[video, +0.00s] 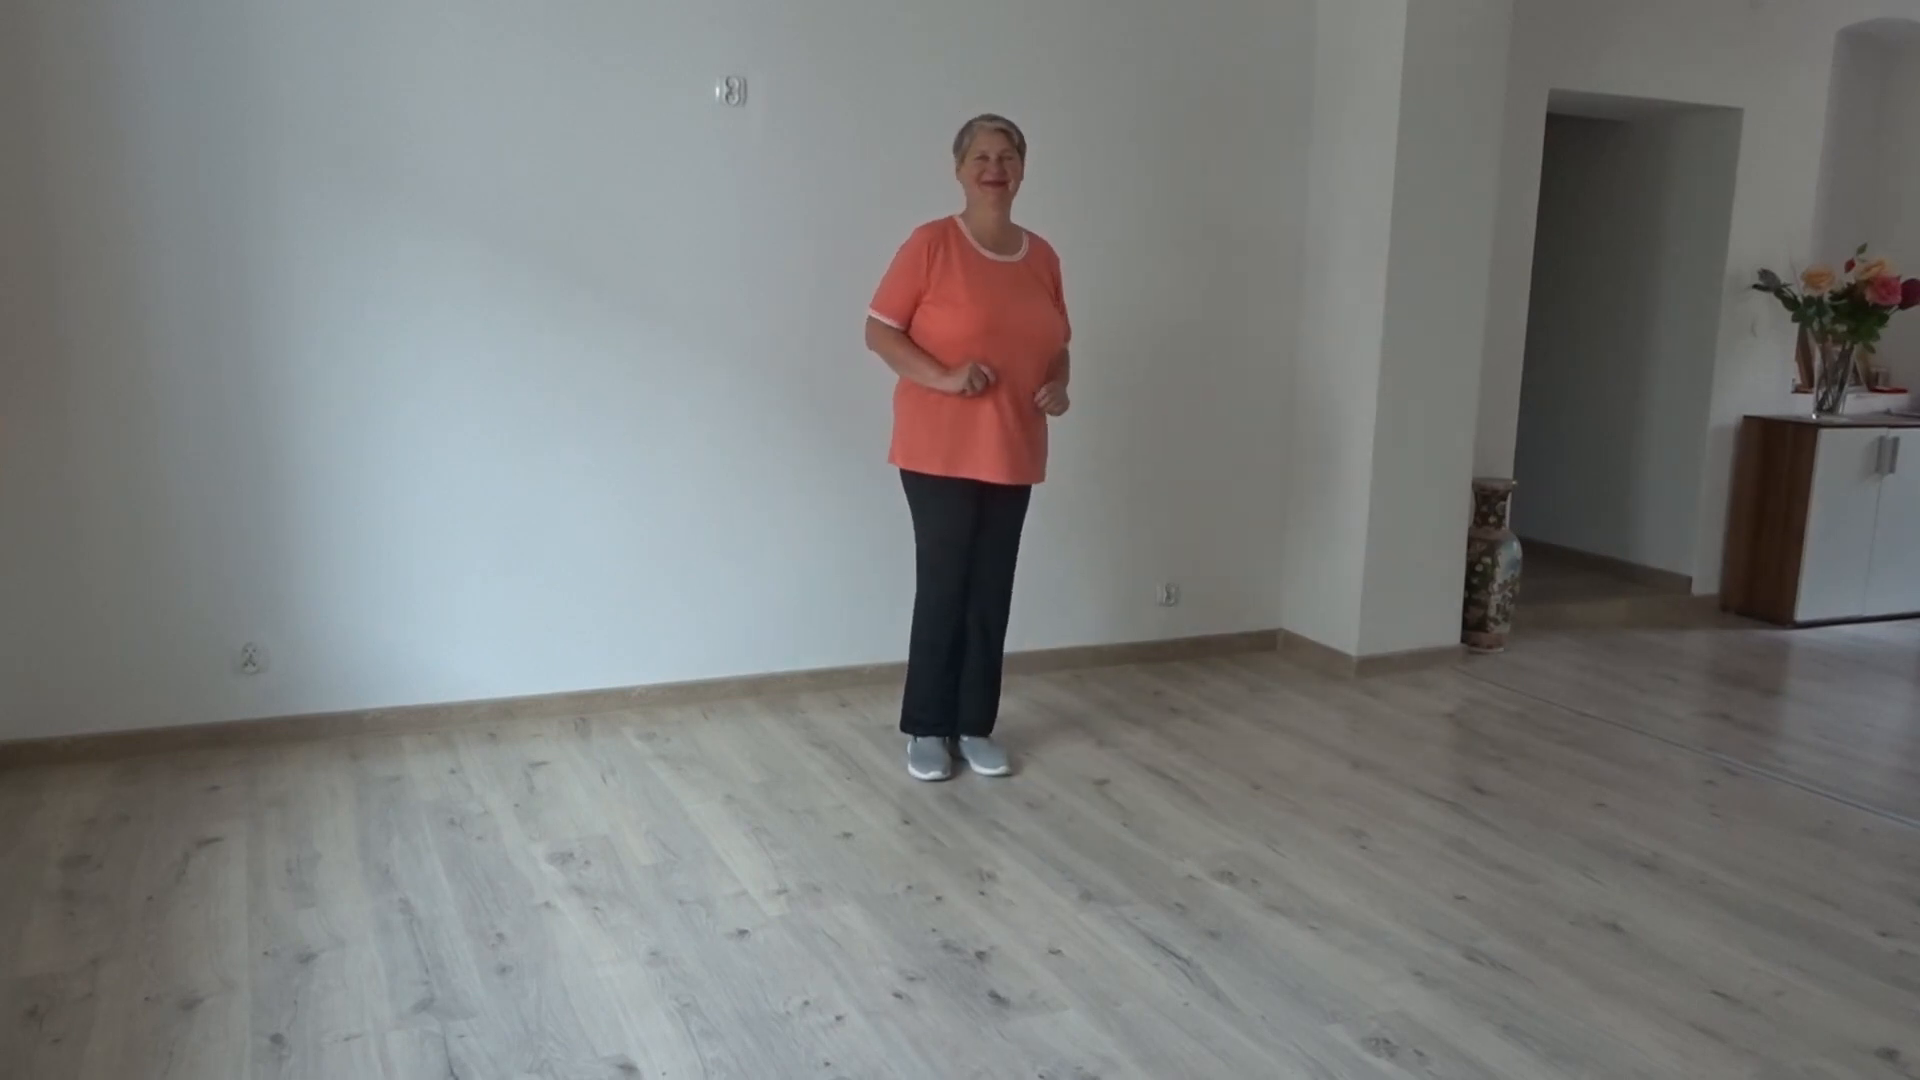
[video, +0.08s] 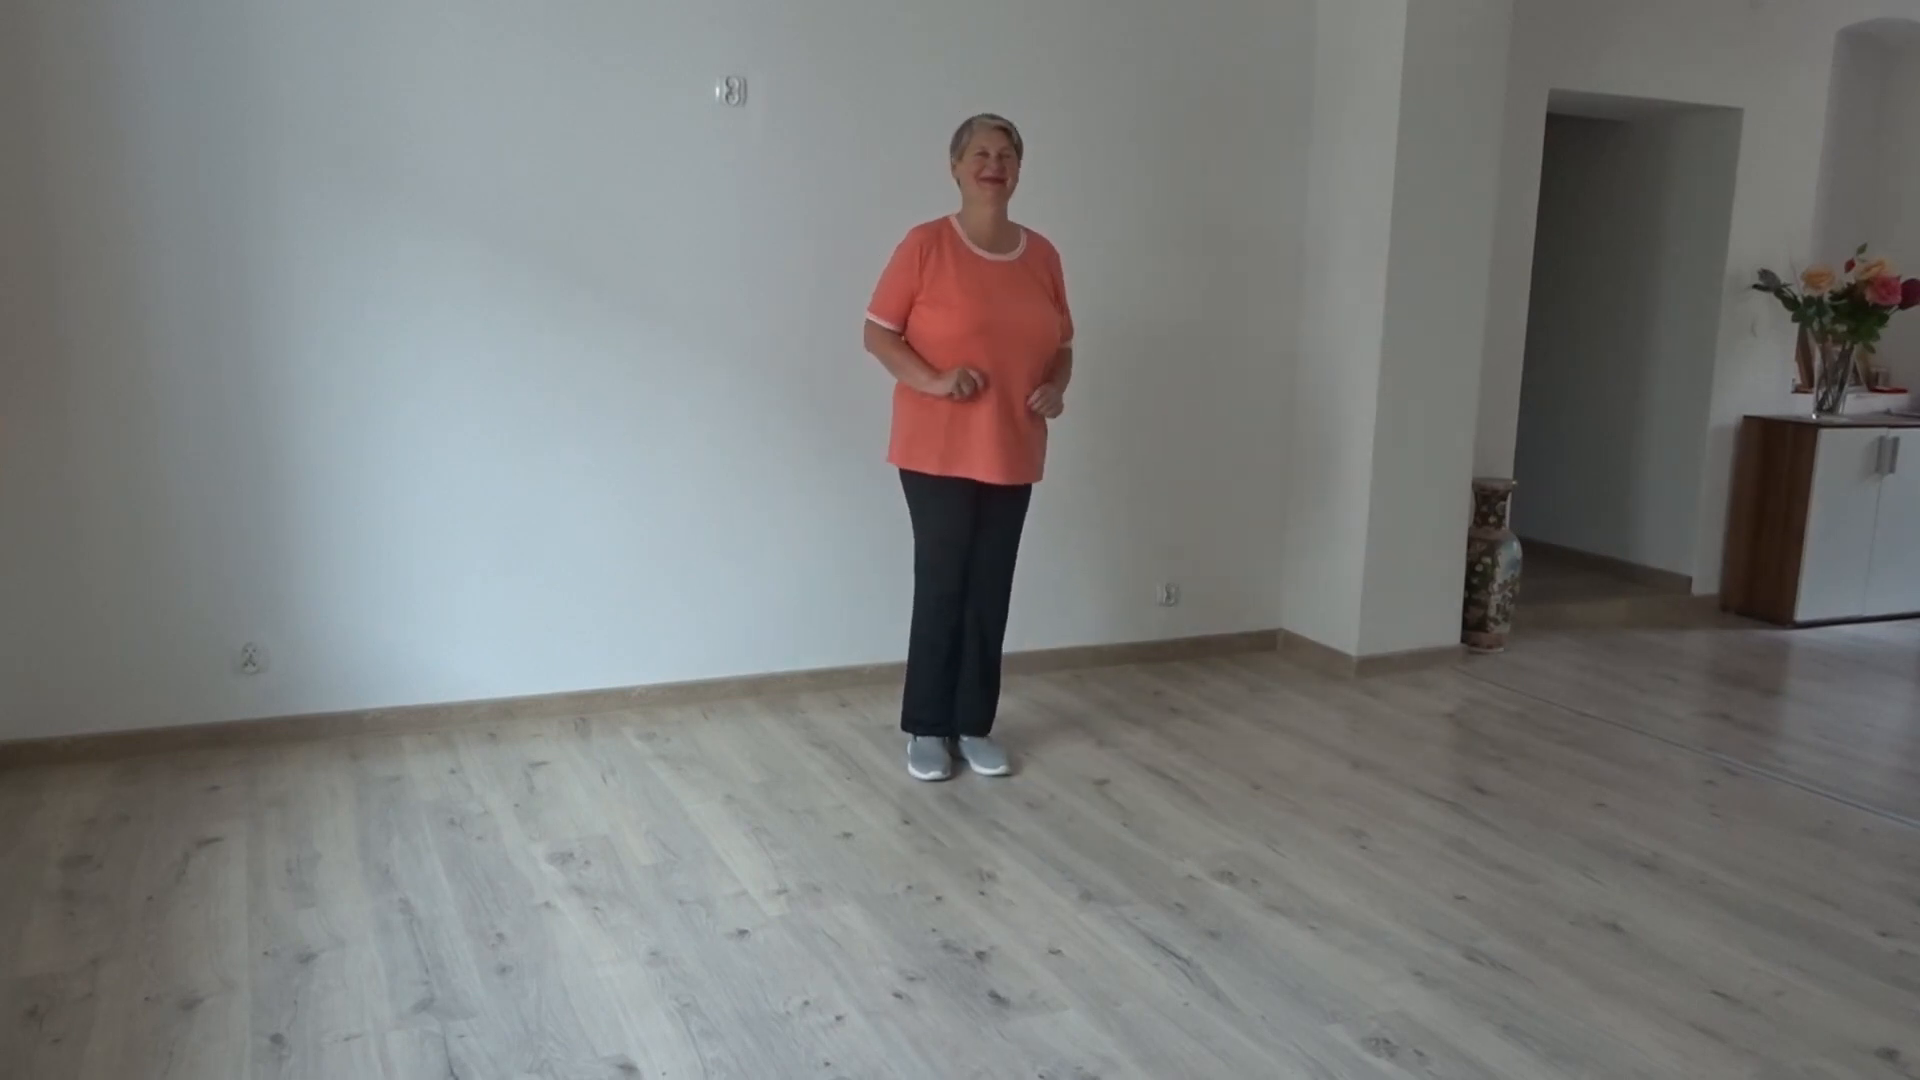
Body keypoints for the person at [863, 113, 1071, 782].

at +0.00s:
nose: (995, 167)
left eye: (1007, 157)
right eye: (982, 157)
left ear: (1023, 170)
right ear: (958, 169)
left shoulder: (1041, 256)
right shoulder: (929, 245)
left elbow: (1058, 341)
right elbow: (880, 333)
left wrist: (1057, 383)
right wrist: (942, 377)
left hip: (1012, 458)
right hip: (940, 456)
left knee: (990, 598)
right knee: (944, 595)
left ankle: (972, 729)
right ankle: (926, 731)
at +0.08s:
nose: (994, 165)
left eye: (1005, 156)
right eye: (981, 155)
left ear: (1019, 171)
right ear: (955, 167)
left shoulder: (1041, 254)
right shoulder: (924, 246)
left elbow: (1062, 341)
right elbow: (878, 334)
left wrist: (1056, 384)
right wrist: (932, 380)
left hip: (1011, 458)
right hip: (938, 455)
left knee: (989, 598)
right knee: (942, 593)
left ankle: (971, 729)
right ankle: (926, 730)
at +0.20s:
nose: (989, 160)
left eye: (1000, 152)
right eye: (976, 150)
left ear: (1013, 171)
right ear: (948, 165)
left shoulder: (1039, 251)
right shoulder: (916, 246)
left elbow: (1069, 338)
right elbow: (874, 333)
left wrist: (1054, 381)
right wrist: (914, 377)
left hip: (1009, 457)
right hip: (935, 455)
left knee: (989, 598)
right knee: (941, 594)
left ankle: (972, 729)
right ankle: (926, 730)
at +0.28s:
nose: (984, 161)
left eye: (995, 153)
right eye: (971, 151)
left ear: (1007, 170)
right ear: (944, 164)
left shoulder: (1036, 247)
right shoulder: (912, 246)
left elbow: (1072, 336)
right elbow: (872, 333)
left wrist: (1050, 381)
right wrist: (905, 375)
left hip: (1008, 456)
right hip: (934, 453)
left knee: (990, 596)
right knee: (941, 592)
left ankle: (974, 728)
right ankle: (927, 730)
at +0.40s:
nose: (975, 160)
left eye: (987, 152)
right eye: (962, 149)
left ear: (1000, 169)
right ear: (937, 162)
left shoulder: (1030, 243)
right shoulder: (905, 248)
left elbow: (1072, 331)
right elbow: (874, 333)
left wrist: (1039, 376)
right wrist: (896, 370)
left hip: (1009, 457)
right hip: (933, 456)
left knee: (989, 598)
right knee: (940, 595)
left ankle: (974, 729)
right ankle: (928, 730)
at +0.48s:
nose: (968, 163)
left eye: (980, 156)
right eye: (955, 153)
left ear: (995, 170)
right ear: (932, 165)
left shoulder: (1025, 243)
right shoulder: (903, 251)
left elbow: (1071, 332)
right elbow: (876, 337)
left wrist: (1029, 377)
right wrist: (892, 372)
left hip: (1007, 460)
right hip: (931, 459)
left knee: (988, 599)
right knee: (940, 596)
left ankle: (974, 730)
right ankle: (928, 731)